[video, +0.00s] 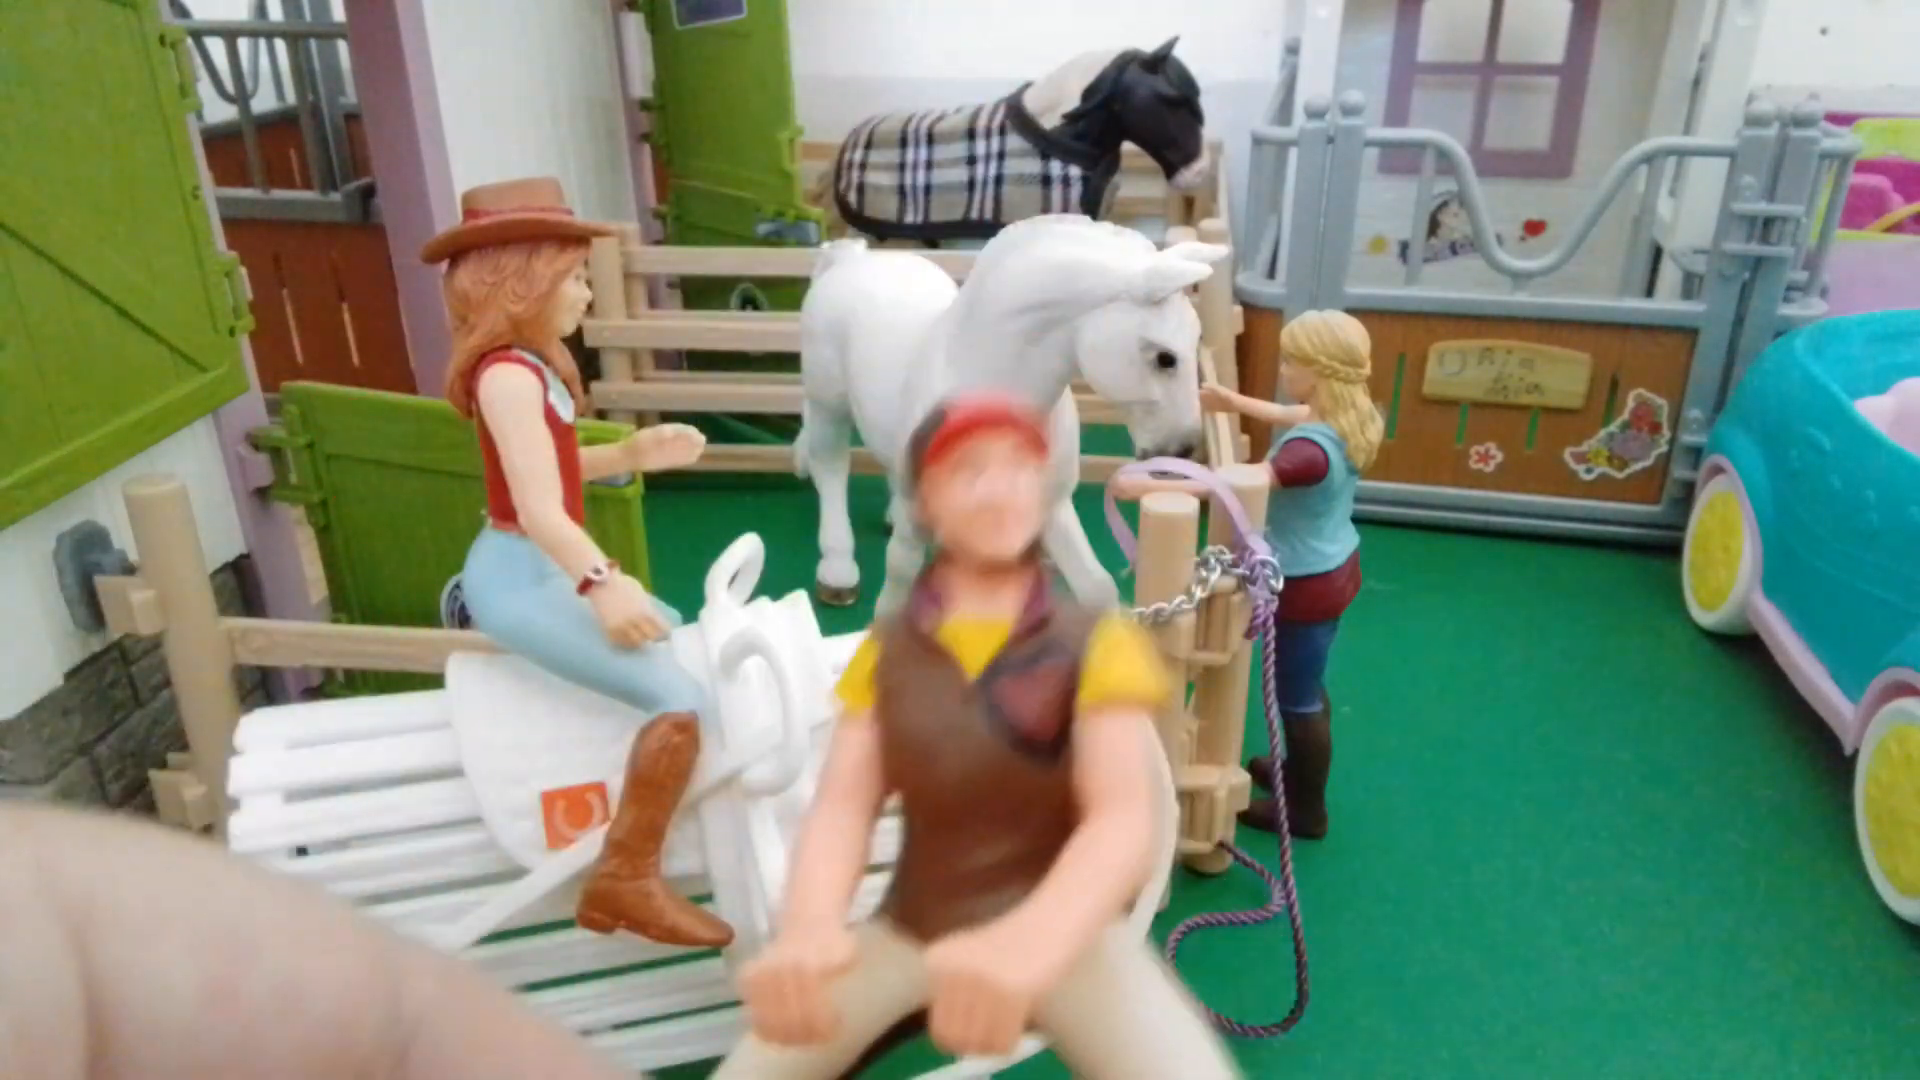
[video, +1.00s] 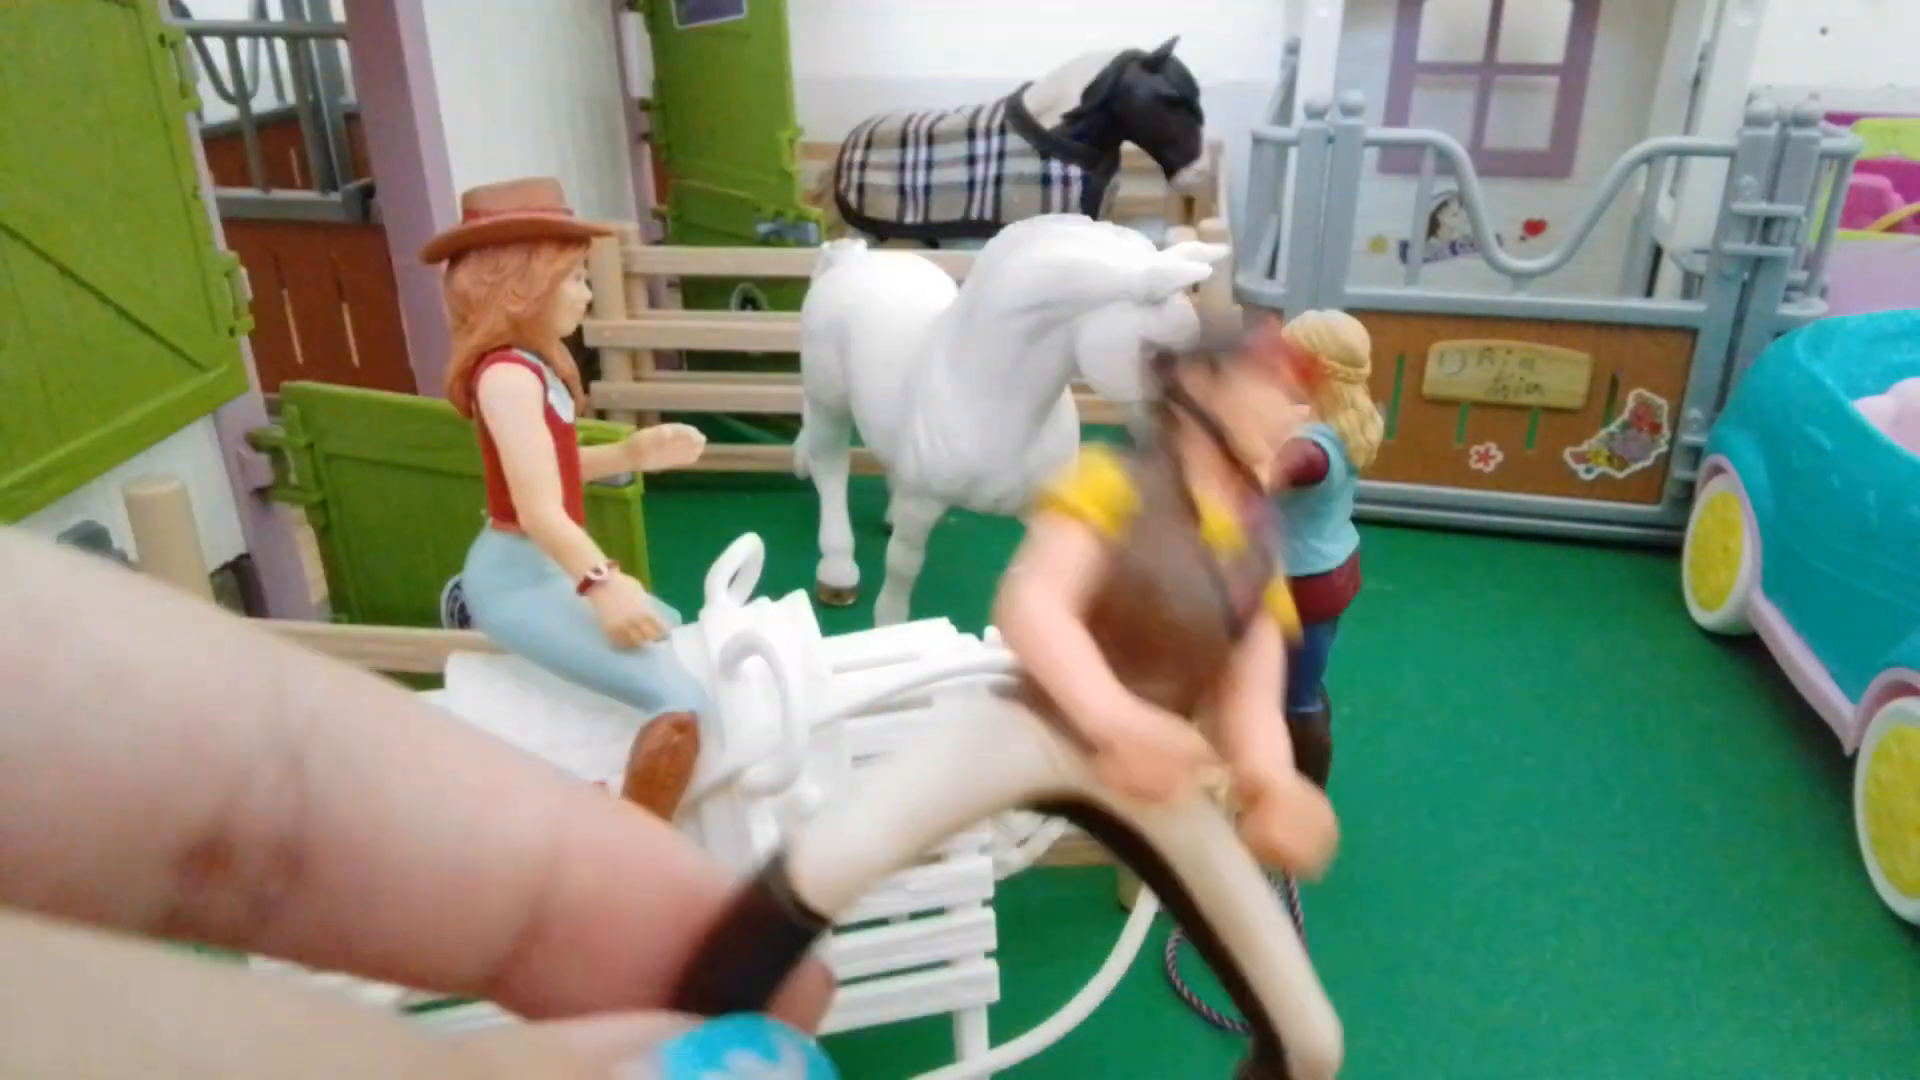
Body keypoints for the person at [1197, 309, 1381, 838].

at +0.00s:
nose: (1282, 371)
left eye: (1290, 362)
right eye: (1285, 360)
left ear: (1319, 373)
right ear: (1335, 374)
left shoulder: (1314, 447)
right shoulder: (1346, 418)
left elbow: (1249, 478)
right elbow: (1288, 415)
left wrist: (1165, 483)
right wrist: (1235, 400)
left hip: (1305, 587)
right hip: (1332, 564)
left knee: (1298, 699)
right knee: (1302, 680)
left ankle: (1304, 812)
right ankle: (1299, 771)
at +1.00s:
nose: (1282, 369)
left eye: (1291, 359)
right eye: (1284, 358)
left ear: (1310, 372)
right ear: (1340, 372)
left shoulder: (1317, 444)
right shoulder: (1347, 421)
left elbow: (1258, 475)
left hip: (1308, 579)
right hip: (1335, 559)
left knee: (1299, 699)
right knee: (1308, 685)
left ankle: (1305, 804)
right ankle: (1306, 791)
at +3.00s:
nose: (1282, 370)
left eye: (1290, 362)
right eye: (1284, 360)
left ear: (1317, 373)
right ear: (1337, 373)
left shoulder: (1314, 448)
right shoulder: (1348, 418)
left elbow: (1248, 479)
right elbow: (1289, 416)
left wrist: (1163, 484)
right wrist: (1236, 400)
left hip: (1305, 588)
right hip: (1333, 565)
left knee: (1300, 700)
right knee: (1301, 680)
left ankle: (1304, 811)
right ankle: (1298, 771)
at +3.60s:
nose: (1312, 427)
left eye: (1319, 417)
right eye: (1315, 417)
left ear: (1338, 424)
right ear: (1372, 423)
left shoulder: (1341, 497)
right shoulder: (1363, 480)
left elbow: (1281, 536)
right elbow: (1307, 469)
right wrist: (1256, 449)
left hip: (1333, 635)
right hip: (1352, 625)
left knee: (1319, 750)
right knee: (1325, 743)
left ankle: (1323, 867)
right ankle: (1318, 847)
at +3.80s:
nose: (1307, 680)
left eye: (1314, 671)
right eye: (1309, 670)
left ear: (1339, 683)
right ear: (1352, 683)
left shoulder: (1339, 755)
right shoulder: (1361, 727)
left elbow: (1272, 786)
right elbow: (1311, 711)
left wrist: (1203, 781)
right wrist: (1257, 689)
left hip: (1336, 888)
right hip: (1364, 866)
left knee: (1332, 998)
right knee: (1338, 979)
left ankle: (1340, 1071)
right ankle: (1337, 1060)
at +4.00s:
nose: (1327, 652)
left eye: (1334, 645)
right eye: (1328, 644)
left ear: (1359, 657)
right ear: (1379, 656)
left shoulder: (1356, 728)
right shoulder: (1391, 698)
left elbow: (1276, 762)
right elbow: (1333, 684)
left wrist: (1206, 754)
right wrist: (1279, 663)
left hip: (1358, 858)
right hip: (1384, 839)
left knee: (1358, 968)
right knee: (1363, 949)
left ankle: (1364, 1068)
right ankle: (1358, 1035)